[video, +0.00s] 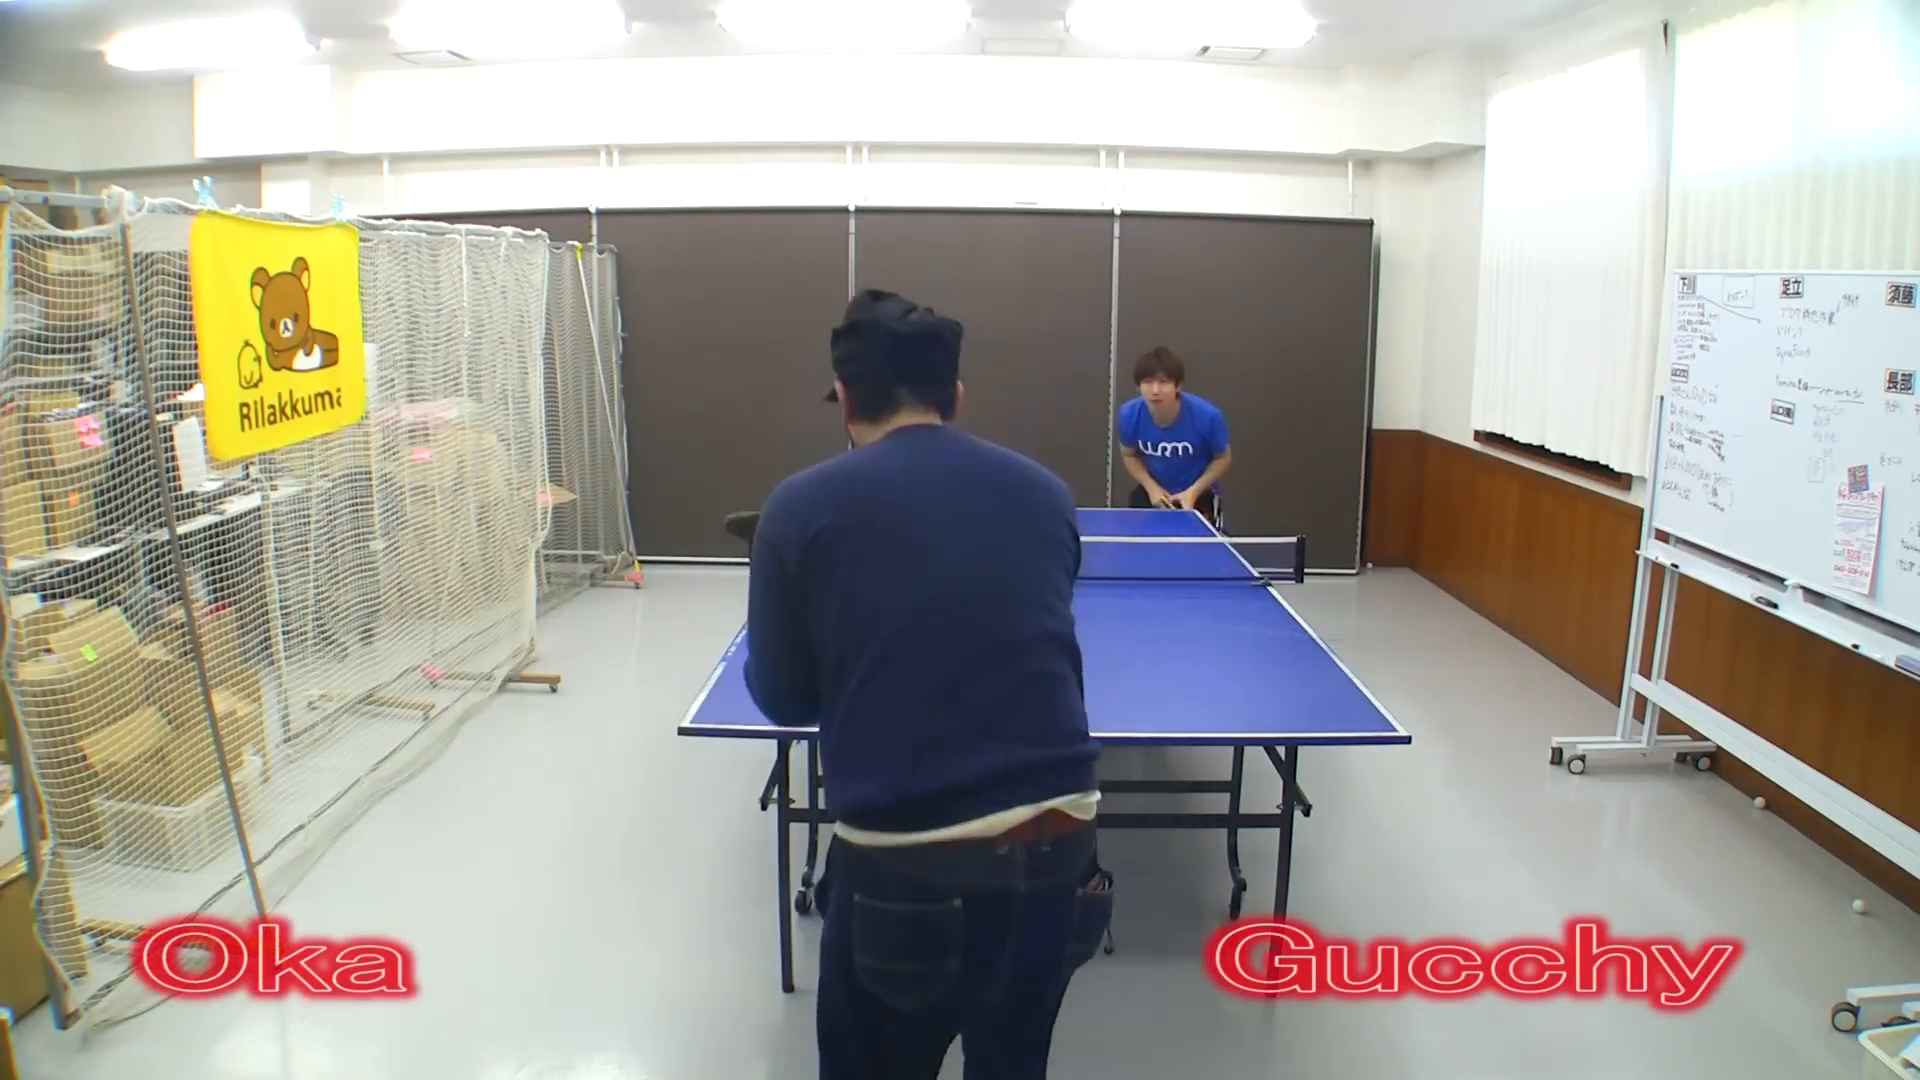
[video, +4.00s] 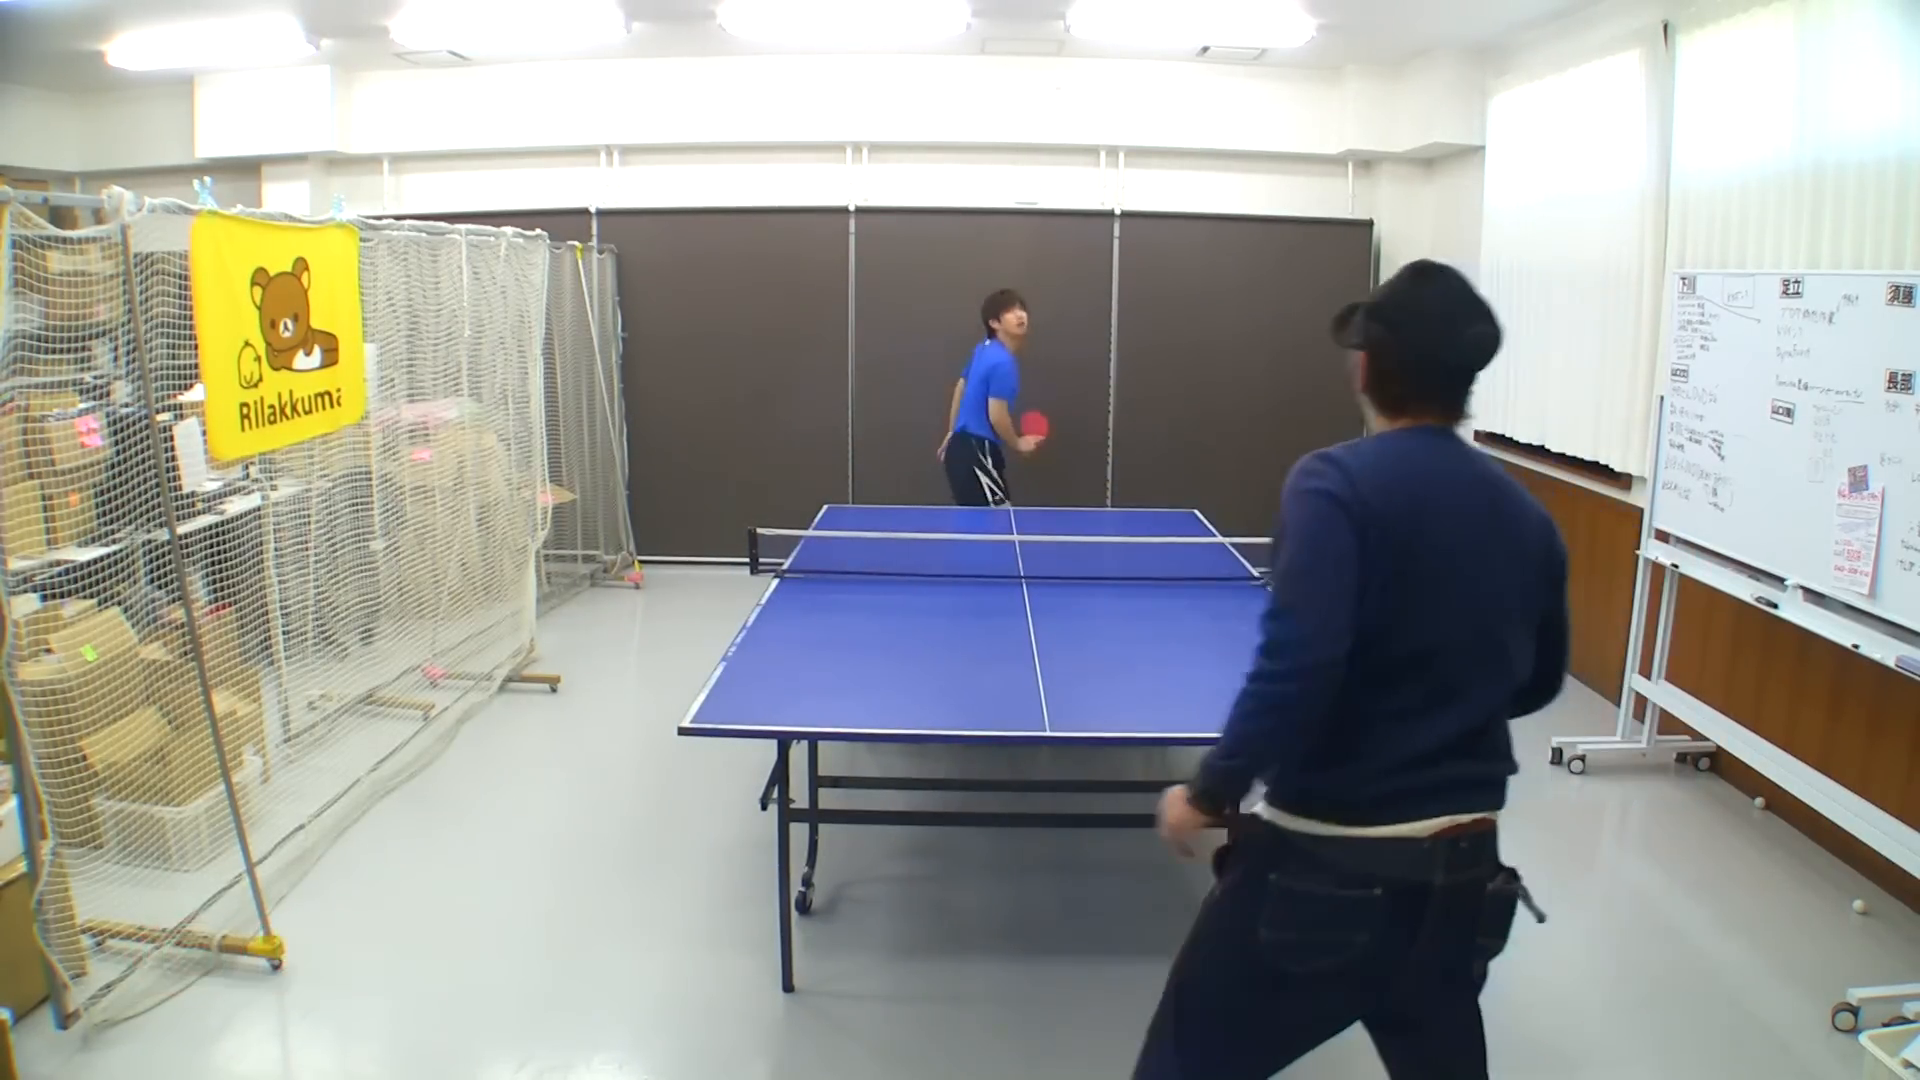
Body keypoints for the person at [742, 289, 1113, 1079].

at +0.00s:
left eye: (833, 395)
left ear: (842, 398)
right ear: (957, 398)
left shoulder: (802, 506)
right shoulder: (1044, 491)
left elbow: (783, 697)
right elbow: (1040, 643)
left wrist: (878, 641)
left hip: (903, 887)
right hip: (1052, 879)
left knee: (871, 1068)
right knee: (1013, 1069)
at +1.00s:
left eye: (981, 388)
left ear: (986, 405)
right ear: (1102, 414)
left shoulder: (906, 526)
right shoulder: (1158, 533)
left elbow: (849, 684)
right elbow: (1227, 698)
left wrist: (938, 752)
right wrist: (1209, 783)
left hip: (946, 912)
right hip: (1115, 914)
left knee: (873, 1063)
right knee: (1158, 1064)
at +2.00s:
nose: (1140, 376)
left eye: (1140, 366)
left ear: (1145, 383)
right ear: (1257, 390)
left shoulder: (1096, 477)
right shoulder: (1312, 506)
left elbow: (1018, 619)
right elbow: (1371, 657)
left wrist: (989, 644)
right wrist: (1275, 691)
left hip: (1102, 866)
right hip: (1255, 866)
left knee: (1004, 1058)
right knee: (1252, 1055)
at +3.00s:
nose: (1365, 371)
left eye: (1370, 361)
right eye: (1376, 359)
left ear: (1377, 375)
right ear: (1480, 399)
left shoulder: (1340, 449)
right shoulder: (1533, 530)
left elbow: (1285, 562)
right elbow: (1602, 659)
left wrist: (1161, 686)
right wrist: (1556, 788)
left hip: (1231, 828)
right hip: (1384, 869)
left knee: (1037, 997)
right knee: (1363, 1066)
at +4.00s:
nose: (1351, 363)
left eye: (1356, 349)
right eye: (1356, 347)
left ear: (1368, 366)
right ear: (1466, 374)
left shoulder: (1333, 484)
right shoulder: (1523, 512)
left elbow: (1302, 658)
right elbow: (1538, 678)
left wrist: (1210, 789)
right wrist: (1422, 705)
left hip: (1317, 882)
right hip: (1458, 882)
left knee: (1180, 1068)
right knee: (1450, 1069)